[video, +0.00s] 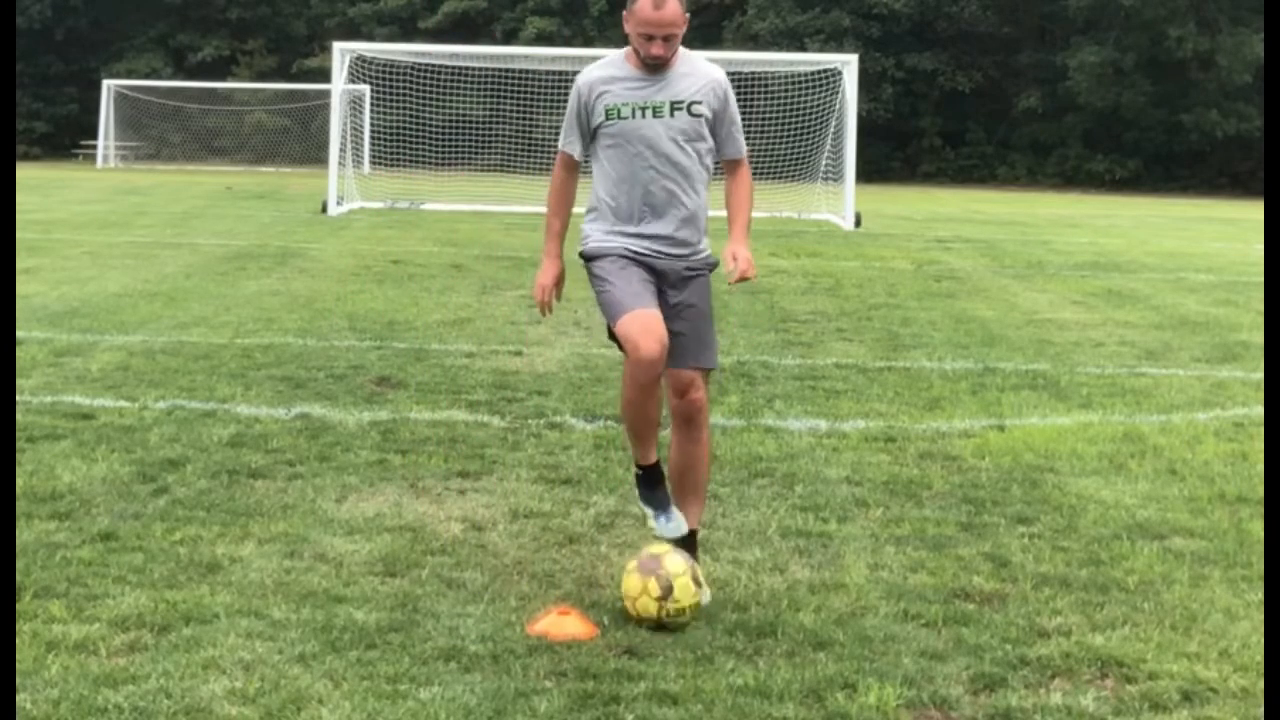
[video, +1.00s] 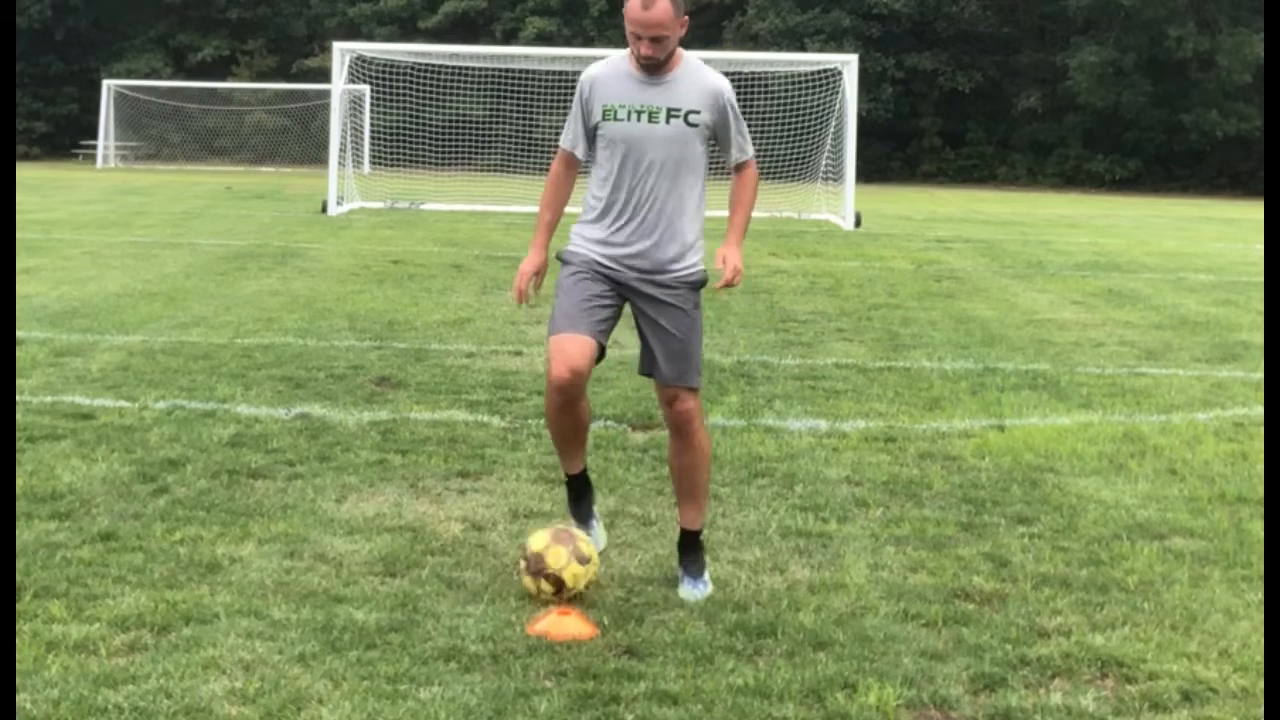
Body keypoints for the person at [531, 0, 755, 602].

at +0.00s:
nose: (659, 48)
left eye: (670, 37)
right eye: (648, 37)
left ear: (686, 27)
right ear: (626, 24)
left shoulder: (711, 83)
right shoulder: (593, 83)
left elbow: (736, 164)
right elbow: (565, 169)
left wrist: (738, 237)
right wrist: (551, 255)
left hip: (686, 256)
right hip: (614, 248)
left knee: (691, 397)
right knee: (648, 346)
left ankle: (687, 543)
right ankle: (648, 474)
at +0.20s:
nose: (663, 53)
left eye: (674, 41)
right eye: (651, 40)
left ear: (691, 29)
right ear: (630, 26)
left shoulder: (715, 87)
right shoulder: (596, 85)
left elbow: (742, 170)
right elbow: (565, 167)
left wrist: (742, 245)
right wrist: (550, 251)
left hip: (687, 261)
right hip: (616, 257)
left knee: (692, 399)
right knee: (647, 362)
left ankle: (693, 540)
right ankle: (662, 486)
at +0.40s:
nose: (666, 67)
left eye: (678, 56)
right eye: (655, 55)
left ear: (696, 44)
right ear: (635, 38)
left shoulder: (719, 106)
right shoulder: (599, 100)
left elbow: (748, 187)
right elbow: (564, 175)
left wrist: (750, 263)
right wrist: (546, 260)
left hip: (687, 276)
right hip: (614, 272)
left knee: (697, 416)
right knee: (638, 386)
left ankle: (696, 553)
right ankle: (672, 512)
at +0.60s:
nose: (663, 76)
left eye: (676, 64)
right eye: (652, 63)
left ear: (695, 54)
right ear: (635, 49)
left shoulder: (718, 117)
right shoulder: (604, 109)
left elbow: (753, 200)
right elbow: (564, 187)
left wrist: (753, 279)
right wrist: (541, 272)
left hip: (686, 287)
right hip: (613, 282)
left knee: (698, 425)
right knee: (624, 400)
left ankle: (693, 558)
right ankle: (651, 532)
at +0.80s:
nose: (657, 66)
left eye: (669, 55)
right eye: (647, 54)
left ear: (690, 43)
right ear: (631, 40)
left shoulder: (716, 107)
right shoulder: (601, 99)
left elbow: (752, 189)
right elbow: (567, 180)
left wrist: (746, 267)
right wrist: (538, 263)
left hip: (681, 283)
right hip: (605, 277)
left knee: (693, 424)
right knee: (594, 391)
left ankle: (693, 560)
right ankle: (620, 522)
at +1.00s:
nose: (646, 50)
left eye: (658, 39)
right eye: (636, 37)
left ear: (683, 27)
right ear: (624, 23)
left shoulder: (711, 89)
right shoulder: (597, 80)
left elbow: (744, 166)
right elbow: (566, 164)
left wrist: (733, 243)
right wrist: (538, 249)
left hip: (672, 271)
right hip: (593, 259)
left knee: (682, 409)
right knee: (563, 375)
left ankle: (691, 551)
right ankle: (580, 504)